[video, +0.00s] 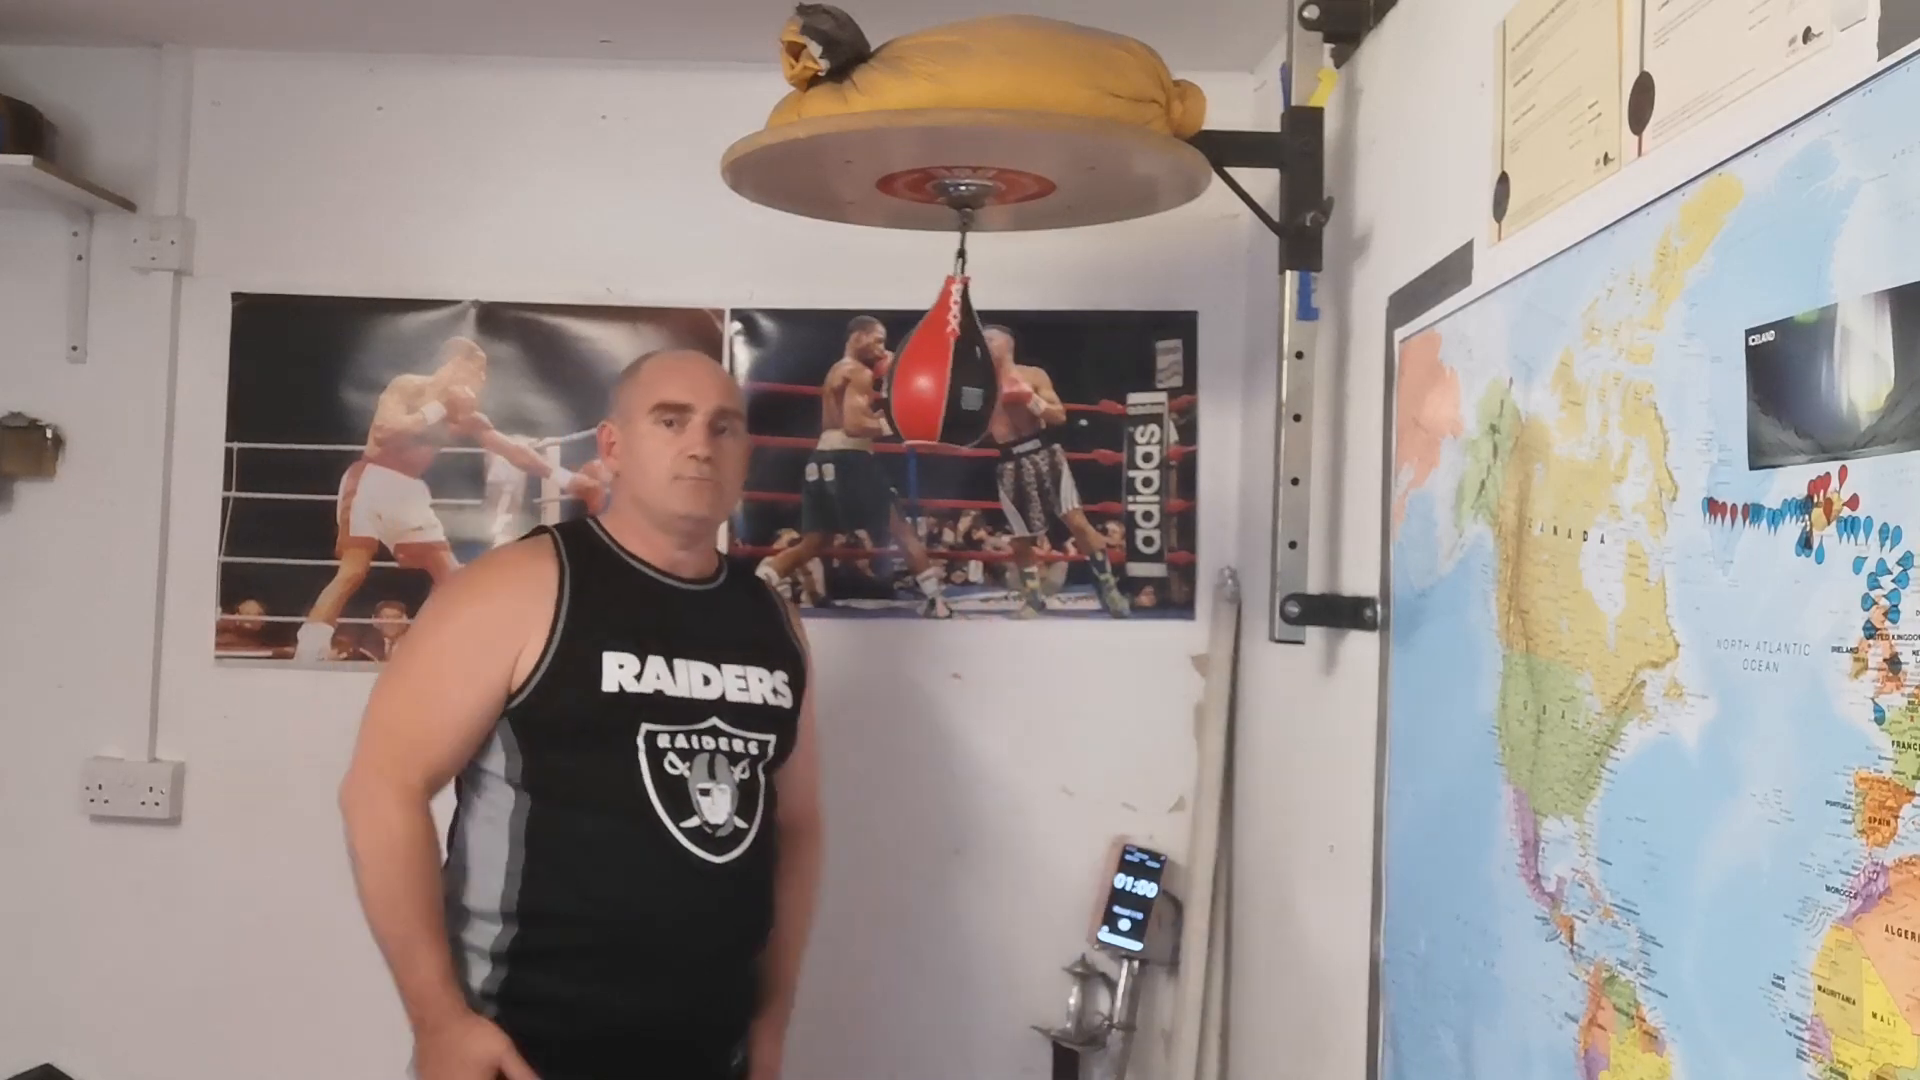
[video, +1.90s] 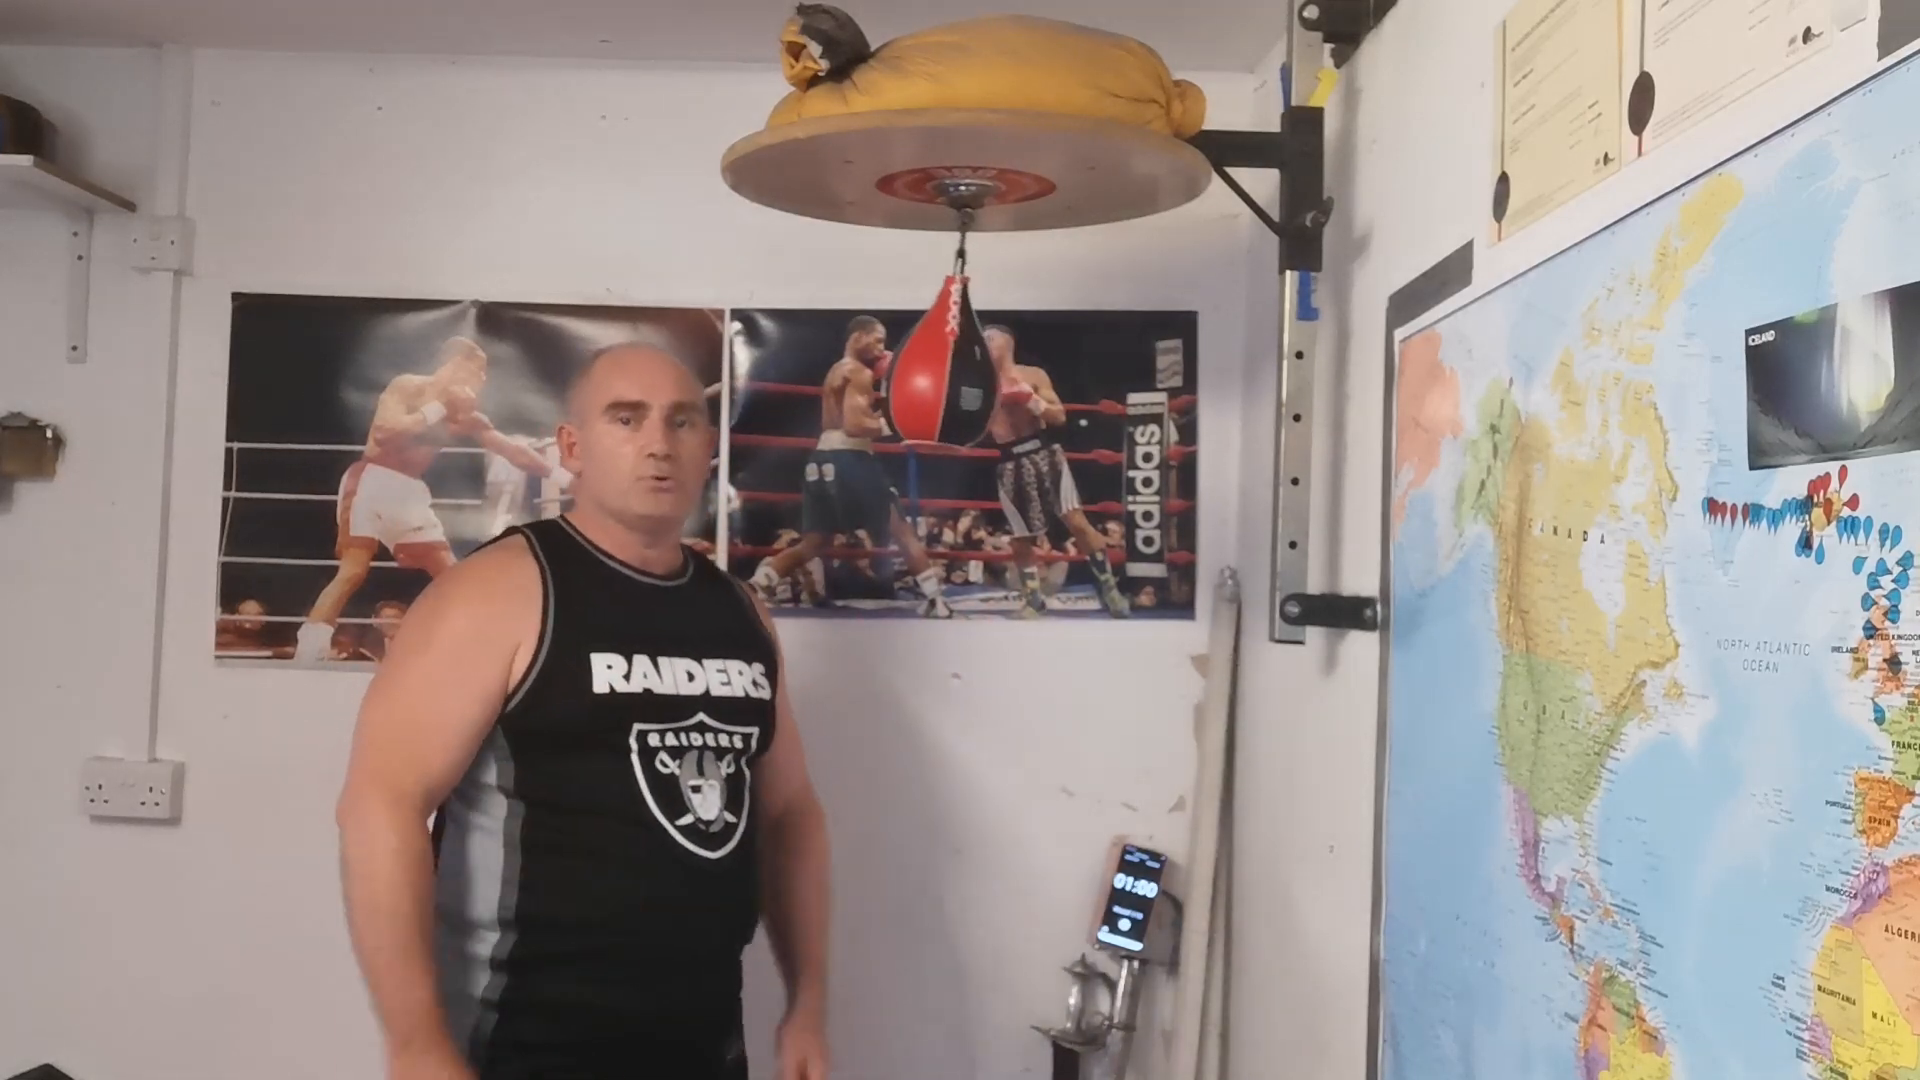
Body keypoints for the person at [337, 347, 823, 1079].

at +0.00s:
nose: (702, 442)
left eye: (724, 425)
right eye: (670, 419)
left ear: (745, 459)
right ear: (611, 447)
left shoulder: (768, 619)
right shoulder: (518, 586)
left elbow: (795, 828)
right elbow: (381, 787)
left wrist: (770, 1018)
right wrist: (439, 1019)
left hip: (708, 1040)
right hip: (533, 1037)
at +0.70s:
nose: (653, 443)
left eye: (676, 418)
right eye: (619, 419)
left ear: (706, 443)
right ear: (565, 450)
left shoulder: (730, 607)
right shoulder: (495, 598)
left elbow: (787, 801)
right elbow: (378, 811)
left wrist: (857, 949)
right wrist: (495, 989)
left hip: (711, 1038)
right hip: (553, 1042)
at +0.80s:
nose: (650, 443)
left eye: (672, 418)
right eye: (615, 419)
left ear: (703, 446)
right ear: (561, 452)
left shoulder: (731, 605)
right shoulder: (488, 598)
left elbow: (787, 784)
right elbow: (363, 803)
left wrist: (865, 879)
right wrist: (505, 915)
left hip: (704, 1034)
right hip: (528, 1040)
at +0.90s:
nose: (646, 443)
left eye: (669, 419)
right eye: (613, 418)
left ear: (699, 448)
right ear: (559, 450)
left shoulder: (730, 603)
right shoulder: (486, 595)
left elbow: (785, 774)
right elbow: (352, 798)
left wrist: (859, 788)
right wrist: (515, 810)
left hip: (699, 1026)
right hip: (521, 1030)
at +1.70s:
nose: (653, 444)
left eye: (677, 421)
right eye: (621, 419)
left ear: (702, 448)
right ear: (564, 448)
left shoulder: (729, 606)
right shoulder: (488, 589)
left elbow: (801, 774)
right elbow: (361, 786)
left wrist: (835, 835)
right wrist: (512, 867)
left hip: (692, 1019)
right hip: (517, 1024)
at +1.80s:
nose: (655, 442)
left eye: (679, 420)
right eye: (622, 417)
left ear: (703, 451)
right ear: (566, 448)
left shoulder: (731, 608)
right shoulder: (493, 588)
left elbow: (799, 795)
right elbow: (369, 793)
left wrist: (835, 938)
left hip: (699, 1026)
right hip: (531, 1029)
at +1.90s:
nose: (659, 444)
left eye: (681, 420)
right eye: (627, 418)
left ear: (709, 450)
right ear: (570, 448)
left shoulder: (736, 612)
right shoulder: (493, 592)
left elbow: (788, 812)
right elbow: (380, 804)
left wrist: (807, 1001)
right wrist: (417, 1042)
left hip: (699, 1037)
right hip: (528, 1037)